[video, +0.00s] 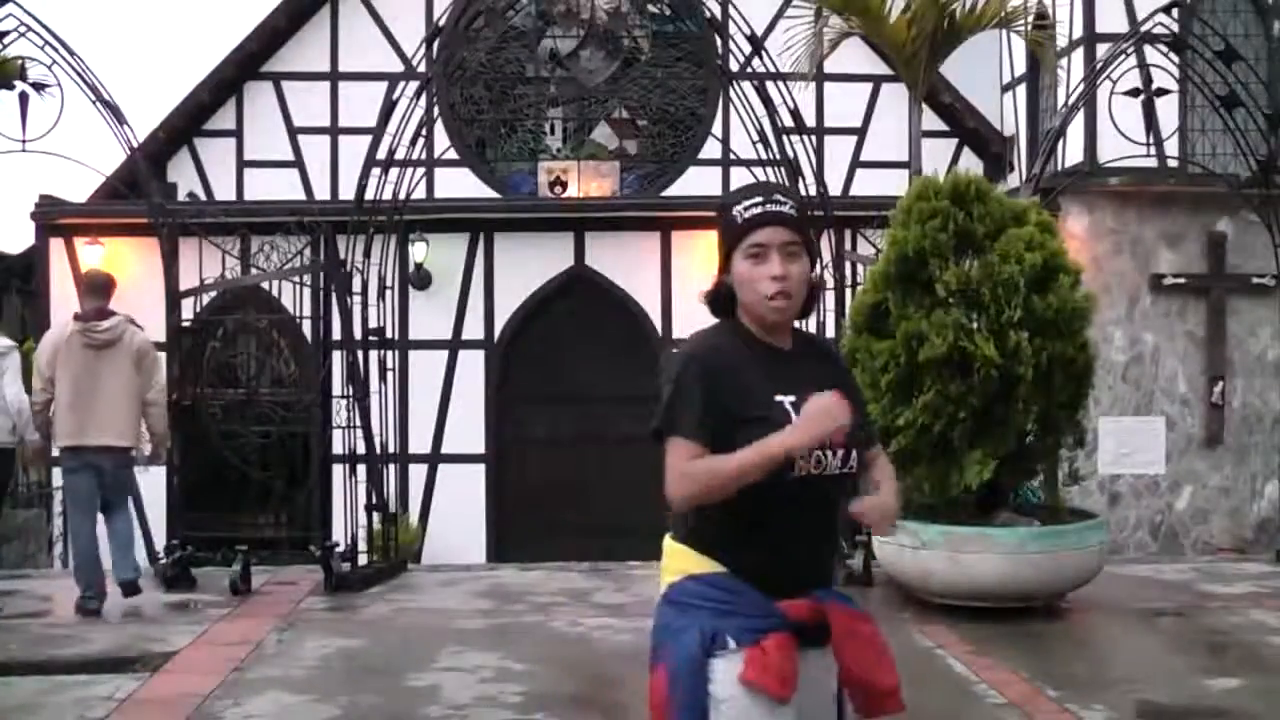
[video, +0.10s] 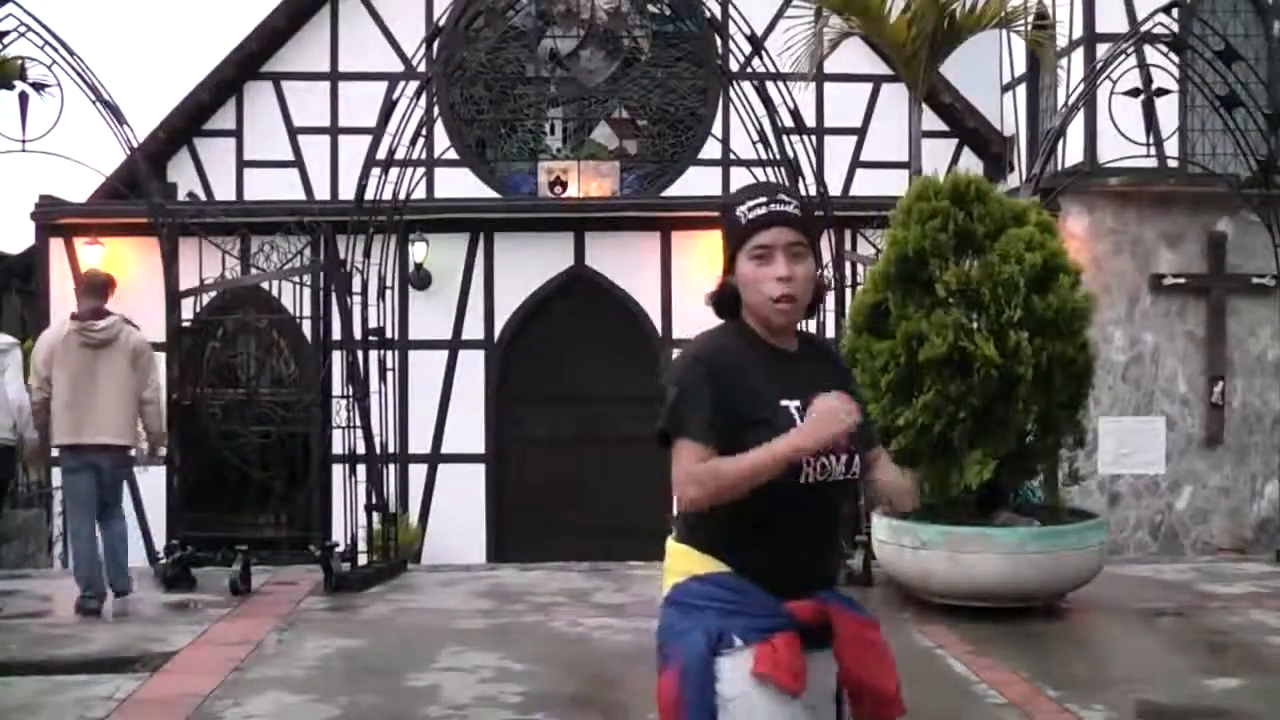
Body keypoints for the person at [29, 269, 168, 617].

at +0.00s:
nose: (90, 301)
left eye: (86, 293)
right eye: (102, 294)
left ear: (80, 294)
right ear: (111, 295)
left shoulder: (57, 338)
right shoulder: (136, 339)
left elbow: (40, 397)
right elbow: (154, 396)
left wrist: (44, 434)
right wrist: (159, 443)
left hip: (74, 442)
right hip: (117, 442)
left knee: (81, 519)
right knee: (118, 508)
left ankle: (90, 596)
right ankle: (127, 574)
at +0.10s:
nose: (88, 301)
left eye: (82, 293)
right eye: (103, 295)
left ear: (78, 294)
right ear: (110, 296)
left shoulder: (53, 339)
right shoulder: (133, 339)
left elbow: (39, 396)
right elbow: (149, 395)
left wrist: (43, 437)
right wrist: (156, 440)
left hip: (74, 441)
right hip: (116, 441)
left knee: (80, 520)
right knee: (112, 512)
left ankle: (90, 596)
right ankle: (120, 586)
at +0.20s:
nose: (76, 302)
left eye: (77, 296)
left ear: (76, 295)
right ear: (106, 297)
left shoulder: (52, 339)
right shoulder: (130, 340)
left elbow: (39, 395)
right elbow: (148, 395)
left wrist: (43, 439)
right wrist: (151, 443)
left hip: (72, 438)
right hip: (113, 438)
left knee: (80, 514)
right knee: (108, 511)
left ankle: (90, 593)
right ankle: (101, 581)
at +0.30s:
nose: (78, 304)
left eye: (76, 297)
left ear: (74, 297)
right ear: (106, 299)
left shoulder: (51, 340)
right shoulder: (129, 341)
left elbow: (40, 396)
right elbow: (147, 397)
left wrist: (43, 440)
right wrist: (150, 444)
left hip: (71, 439)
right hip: (113, 439)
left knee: (80, 514)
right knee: (105, 513)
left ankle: (91, 594)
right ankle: (94, 583)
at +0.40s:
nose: (76, 305)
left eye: (75, 299)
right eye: (87, 301)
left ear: (74, 299)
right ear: (104, 301)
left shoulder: (51, 341)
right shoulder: (128, 341)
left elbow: (40, 396)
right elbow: (146, 396)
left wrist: (43, 438)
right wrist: (149, 442)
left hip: (71, 439)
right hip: (113, 438)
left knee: (79, 513)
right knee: (103, 514)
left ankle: (91, 593)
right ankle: (92, 583)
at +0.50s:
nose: (78, 310)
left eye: (75, 304)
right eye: (88, 305)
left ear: (72, 303)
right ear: (102, 304)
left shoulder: (51, 342)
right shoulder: (126, 342)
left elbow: (39, 398)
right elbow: (145, 396)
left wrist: (41, 436)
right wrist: (148, 444)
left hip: (71, 438)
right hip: (111, 438)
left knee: (77, 512)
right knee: (102, 514)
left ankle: (89, 584)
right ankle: (91, 583)